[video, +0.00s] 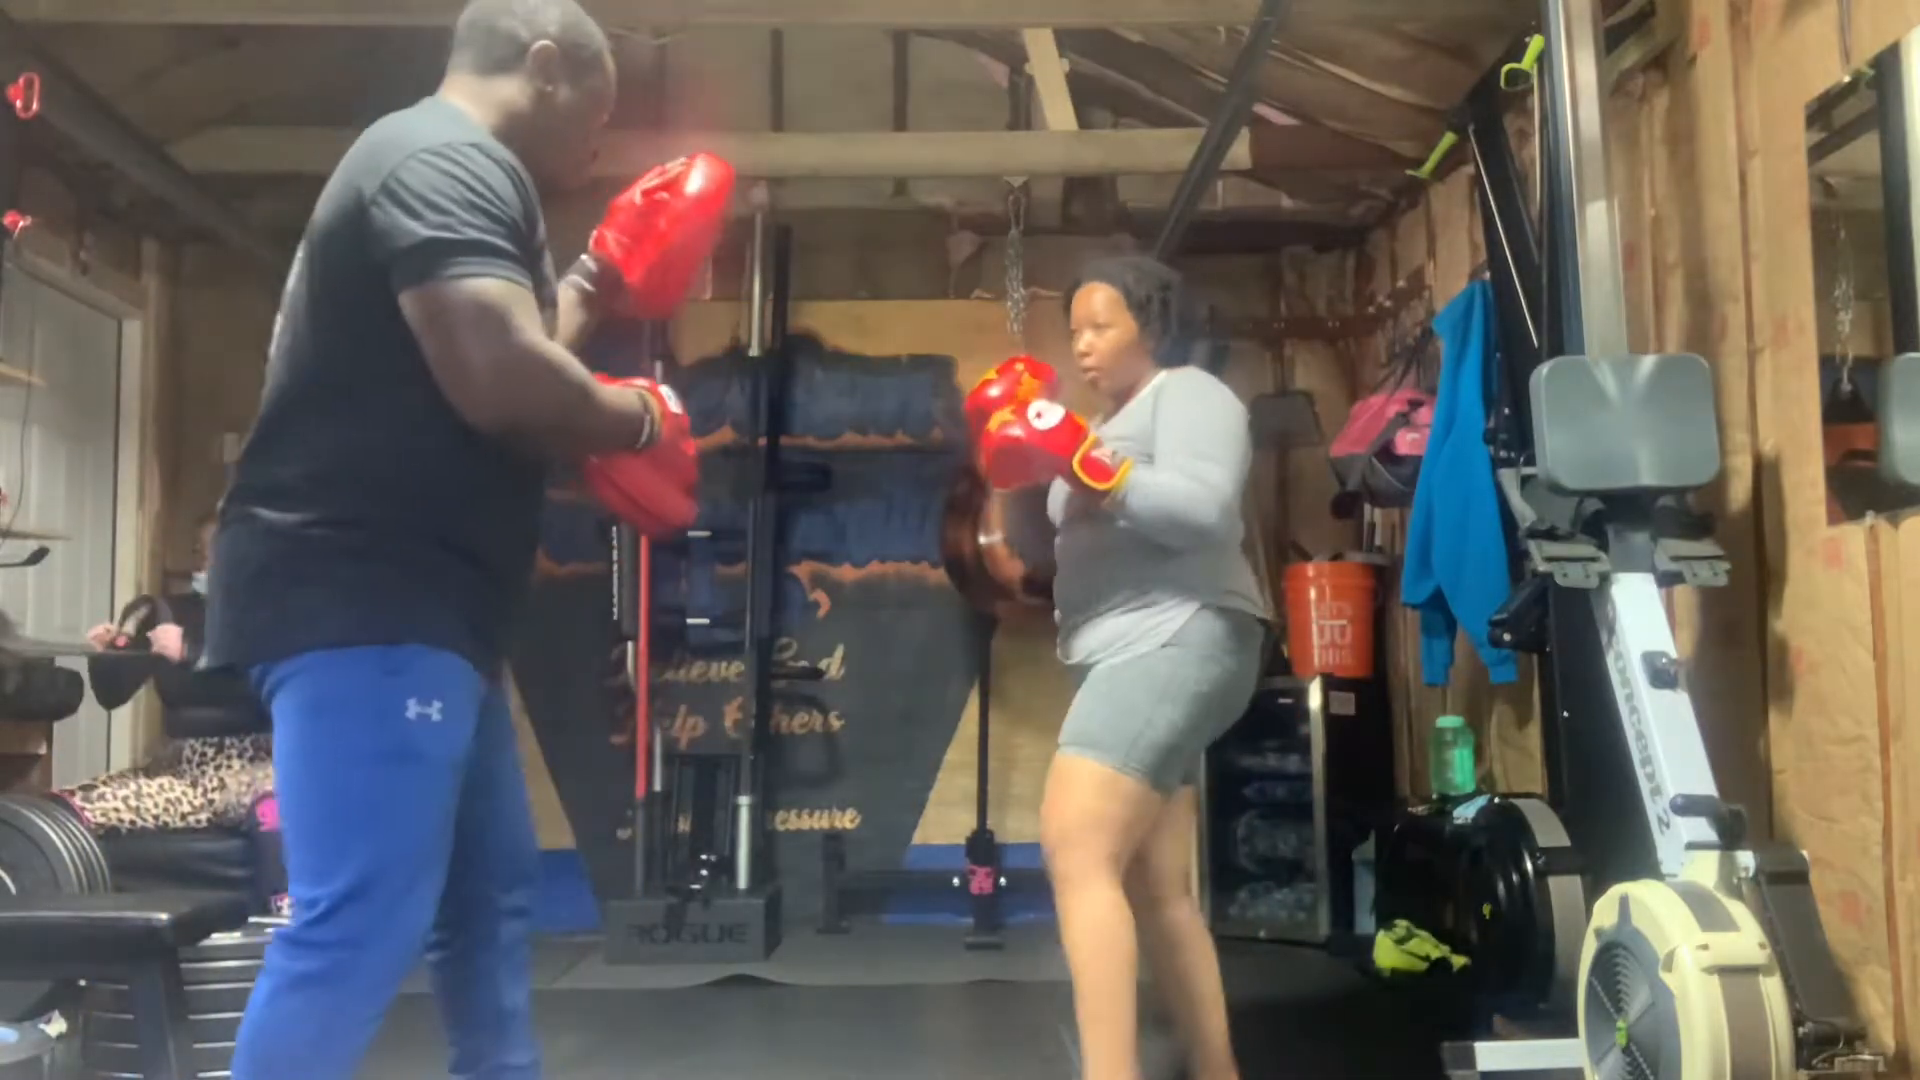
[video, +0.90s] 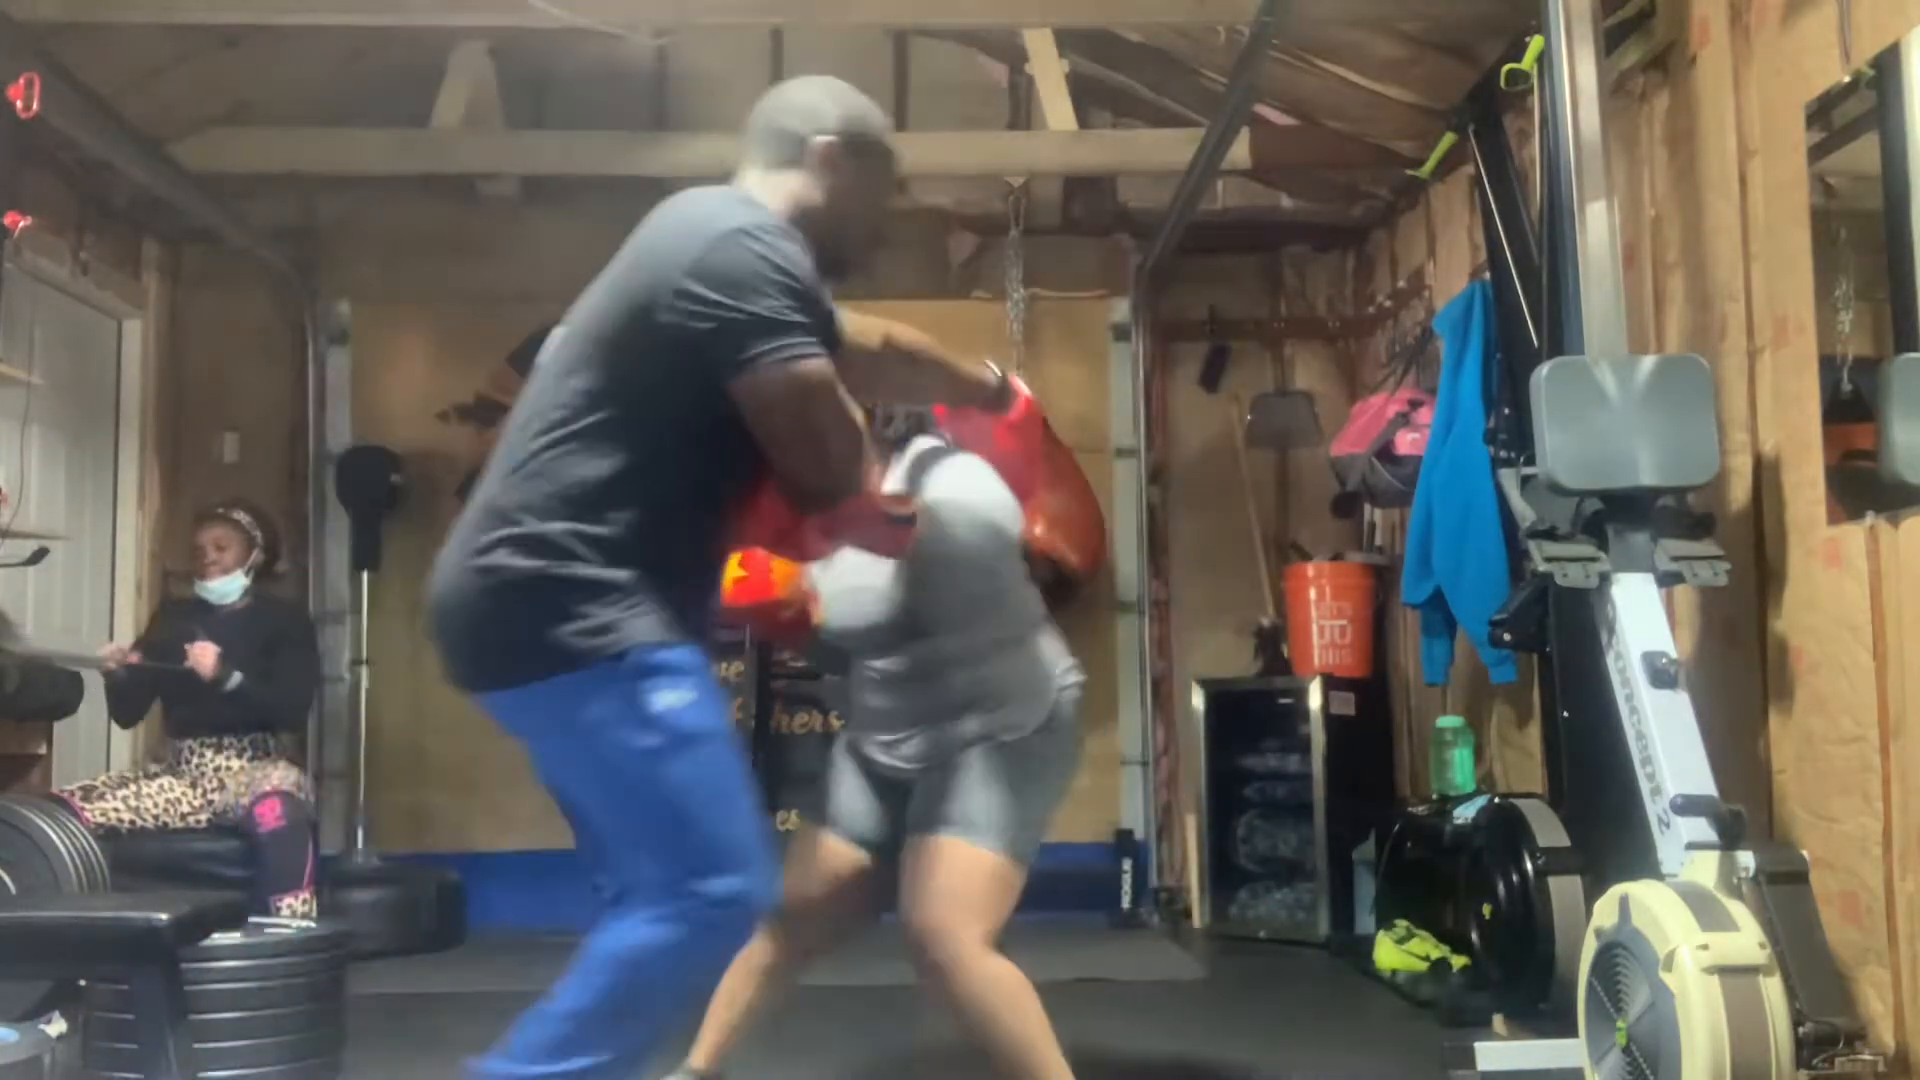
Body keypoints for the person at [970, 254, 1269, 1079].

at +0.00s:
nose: (1080, 346)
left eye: (1098, 328)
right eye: (1076, 331)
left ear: (1151, 329)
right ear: (1076, 340)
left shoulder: (1193, 394)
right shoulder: (1085, 428)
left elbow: (1204, 502)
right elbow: (1032, 548)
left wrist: (1097, 470)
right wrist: (1014, 453)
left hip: (1186, 629)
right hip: (1119, 646)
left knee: (1078, 836)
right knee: (1160, 888)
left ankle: (1108, 1073)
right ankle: (1217, 1072)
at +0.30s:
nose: (1038, 330)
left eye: (1054, 313)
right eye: (1033, 317)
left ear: (1106, 312)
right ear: (1031, 330)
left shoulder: (1142, 374)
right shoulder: (1040, 419)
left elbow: (1143, 447)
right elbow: (1016, 548)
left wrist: (1052, 387)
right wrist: (981, 456)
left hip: (1133, 627)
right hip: (1101, 636)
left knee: (1085, 888)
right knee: (1169, 900)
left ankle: (1093, 1075)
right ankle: (1216, 1071)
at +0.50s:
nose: (972, 337)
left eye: (989, 317)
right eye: (967, 321)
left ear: (1049, 312)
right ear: (968, 332)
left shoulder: (1089, 363)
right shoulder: (983, 421)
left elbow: (1091, 415)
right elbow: (948, 536)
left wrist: (971, 384)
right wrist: (904, 471)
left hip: (1128, 629)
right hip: (1063, 656)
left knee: (1058, 874)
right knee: (1156, 906)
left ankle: (1088, 1074)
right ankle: (1218, 1073)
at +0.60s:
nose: (926, 357)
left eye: (942, 338)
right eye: (923, 340)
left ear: (999, 333)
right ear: (937, 345)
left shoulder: (1053, 391)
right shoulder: (948, 442)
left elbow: (1116, 491)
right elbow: (939, 571)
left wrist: (993, 496)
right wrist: (867, 576)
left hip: (1113, 649)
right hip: (1035, 678)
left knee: (1028, 879)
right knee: (1050, 888)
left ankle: (1078, 1073)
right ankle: (1186, 1041)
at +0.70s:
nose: (879, 395)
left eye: (894, 374)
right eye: (875, 379)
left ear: (955, 367)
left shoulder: (1018, 430)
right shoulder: (912, 482)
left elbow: (1129, 536)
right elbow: (914, 613)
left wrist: (1010, 557)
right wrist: (849, 581)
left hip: (1088, 685)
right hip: (984, 703)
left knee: (997, 897)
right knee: (926, 882)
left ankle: (1068, 1071)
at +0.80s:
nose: (843, 424)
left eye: (860, 401)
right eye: (837, 408)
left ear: (911, 398)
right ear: (841, 421)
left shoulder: (987, 456)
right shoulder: (867, 505)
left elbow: (1093, 556)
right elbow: (897, 626)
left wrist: (986, 549)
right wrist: (845, 610)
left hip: (1048, 712)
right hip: (935, 723)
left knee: (968, 918)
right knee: (853, 891)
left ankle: (1059, 1070)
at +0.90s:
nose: (812, 450)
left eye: (825, 429)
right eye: (807, 436)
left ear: (873, 421)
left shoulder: (957, 494)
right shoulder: (843, 508)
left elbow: (889, 599)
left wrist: (797, 598)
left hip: (996, 732)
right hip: (879, 742)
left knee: (947, 933)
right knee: (790, 917)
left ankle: (1052, 1073)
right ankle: (698, 1066)